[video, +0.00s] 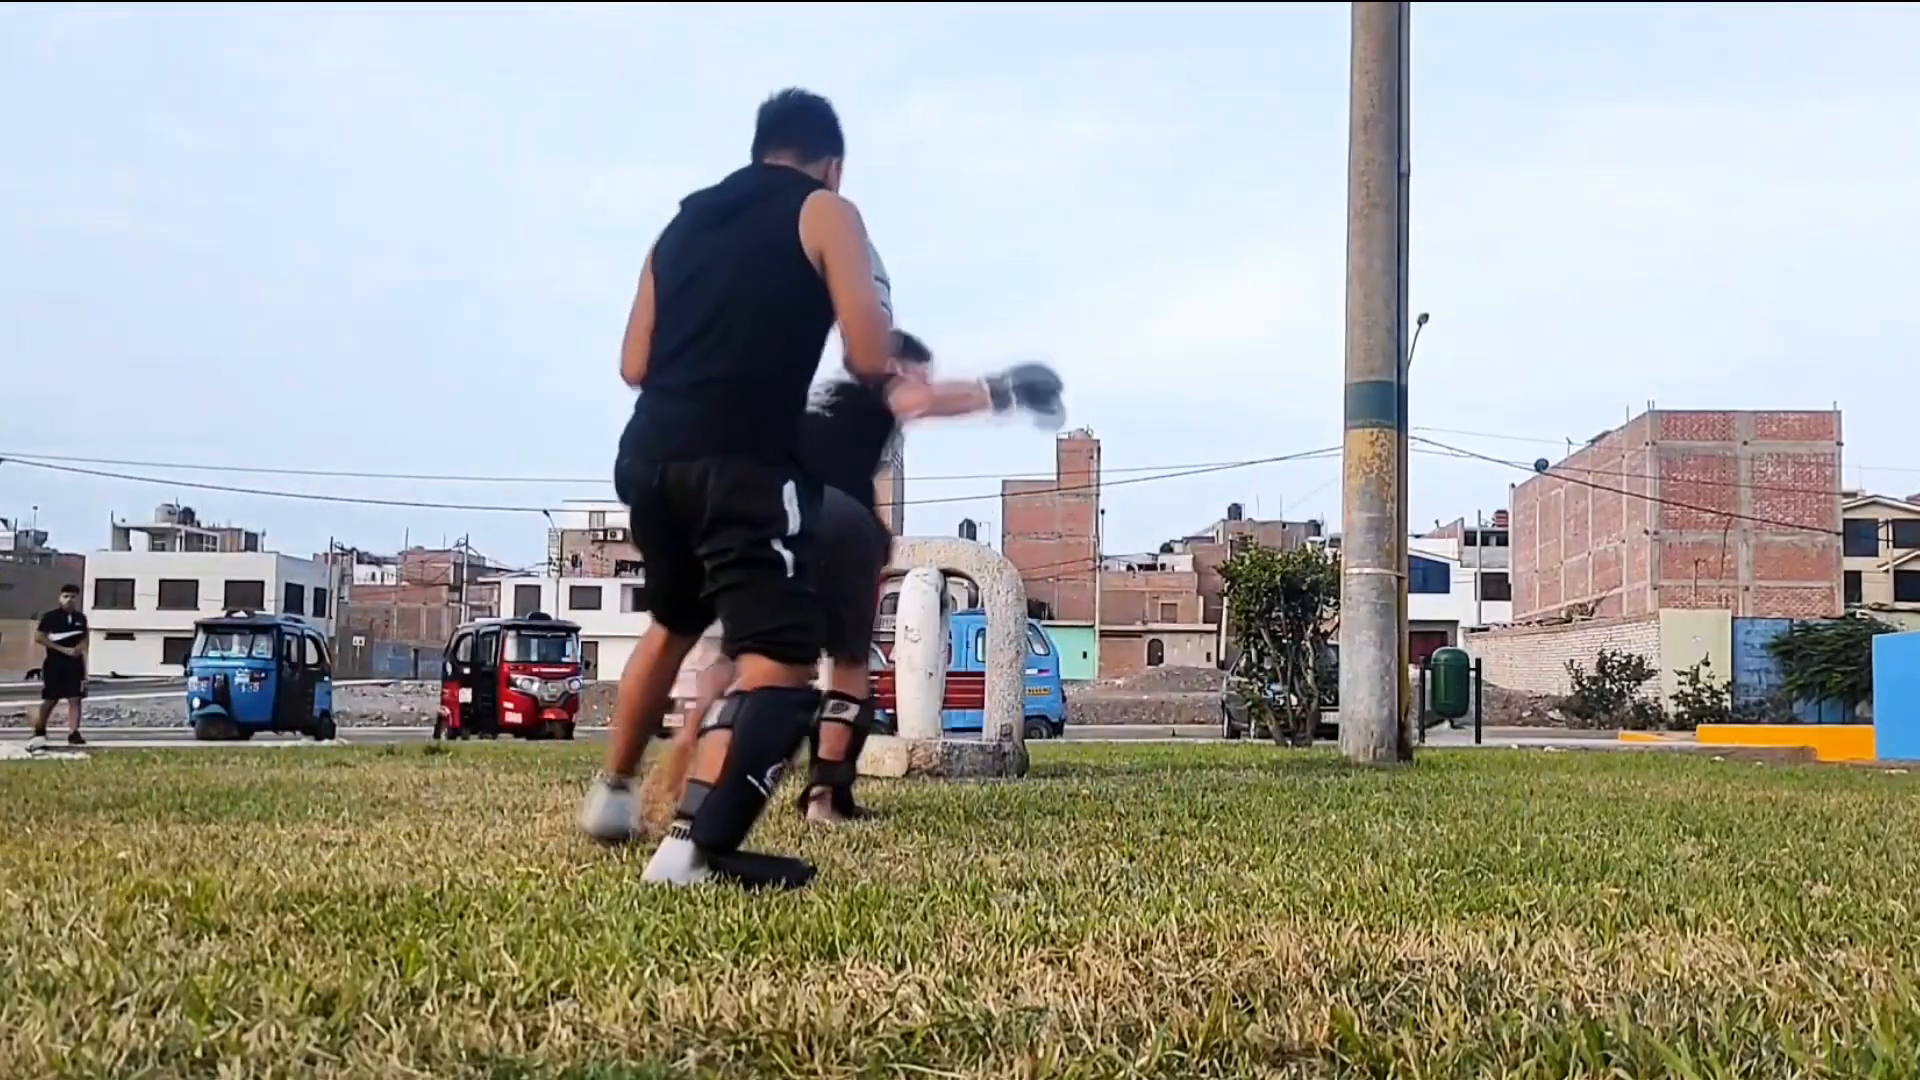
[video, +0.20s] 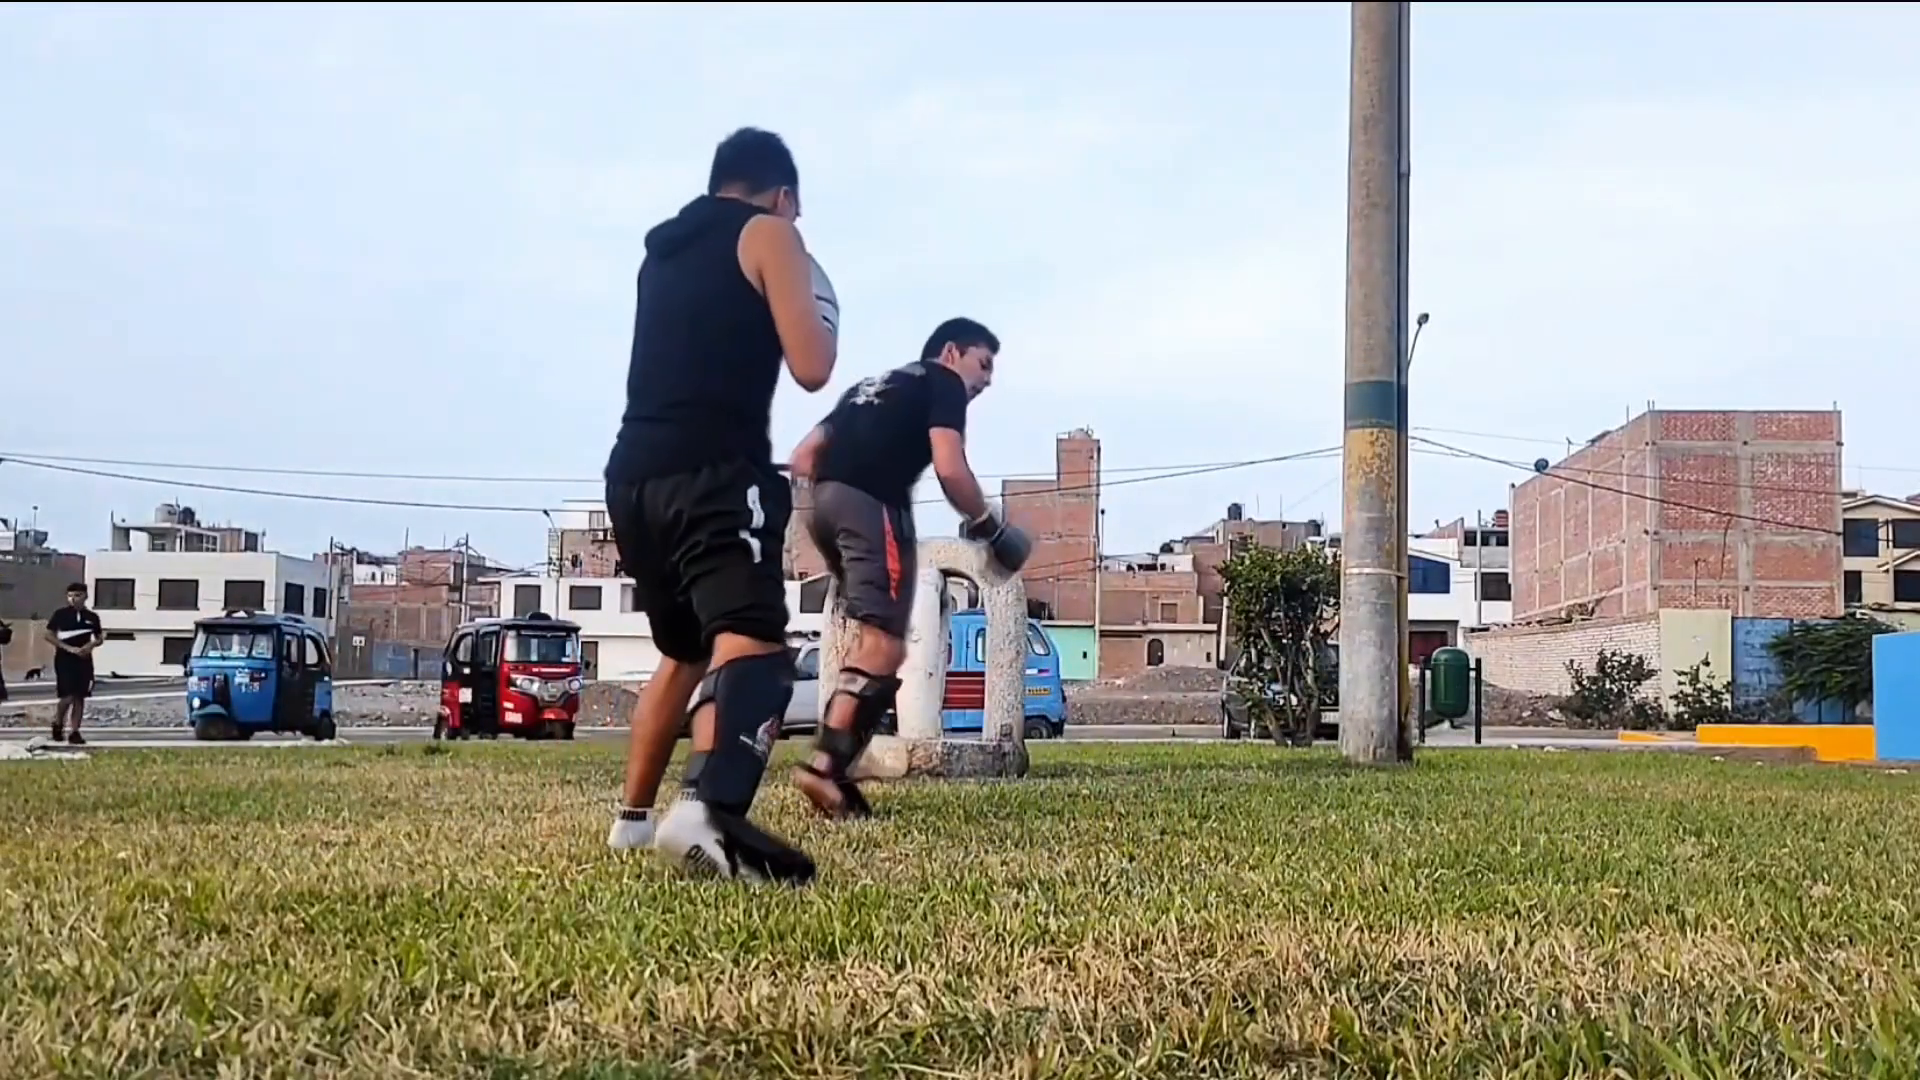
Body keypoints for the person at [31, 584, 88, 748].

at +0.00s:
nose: (68, 600)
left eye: (72, 597)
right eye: (65, 596)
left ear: (76, 599)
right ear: (60, 598)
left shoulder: (81, 619)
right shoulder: (50, 616)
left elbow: (85, 639)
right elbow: (39, 637)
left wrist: (79, 648)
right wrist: (64, 649)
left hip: (74, 664)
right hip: (54, 665)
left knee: (75, 699)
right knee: (50, 699)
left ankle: (74, 732)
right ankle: (40, 729)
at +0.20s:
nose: (74, 599)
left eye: (78, 596)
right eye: (71, 596)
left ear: (85, 597)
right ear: (67, 597)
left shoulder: (92, 617)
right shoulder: (60, 614)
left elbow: (99, 639)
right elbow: (49, 635)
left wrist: (88, 647)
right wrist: (69, 648)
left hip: (83, 659)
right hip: (65, 659)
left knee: (79, 697)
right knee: (67, 696)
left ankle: (75, 730)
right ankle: (58, 723)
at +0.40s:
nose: (73, 601)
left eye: (77, 597)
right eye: (72, 598)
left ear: (88, 598)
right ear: (70, 599)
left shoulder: (100, 617)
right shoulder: (66, 615)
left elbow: (109, 638)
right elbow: (55, 636)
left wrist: (97, 645)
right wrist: (74, 650)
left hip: (90, 659)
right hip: (72, 659)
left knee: (85, 697)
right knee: (77, 696)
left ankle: (82, 730)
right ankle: (76, 731)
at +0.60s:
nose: (75, 601)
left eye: (78, 597)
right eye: (74, 598)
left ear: (90, 597)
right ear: (74, 599)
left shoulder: (105, 615)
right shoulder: (71, 616)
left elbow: (116, 636)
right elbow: (63, 638)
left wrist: (104, 645)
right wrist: (81, 650)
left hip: (99, 658)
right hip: (80, 658)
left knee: (93, 695)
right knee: (86, 695)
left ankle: (79, 725)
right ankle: (89, 730)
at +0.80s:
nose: (80, 600)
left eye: (82, 596)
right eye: (78, 597)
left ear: (93, 594)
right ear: (79, 598)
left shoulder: (111, 613)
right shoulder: (77, 614)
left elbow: (122, 634)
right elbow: (69, 636)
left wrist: (111, 642)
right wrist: (90, 647)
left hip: (105, 658)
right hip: (85, 659)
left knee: (113, 695)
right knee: (88, 697)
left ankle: (97, 722)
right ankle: (91, 732)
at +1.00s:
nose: (87, 600)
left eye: (90, 596)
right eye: (86, 596)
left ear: (101, 596)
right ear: (87, 597)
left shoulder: (118, 614)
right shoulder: (83, 615)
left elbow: (127, 635)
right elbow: (75, 636)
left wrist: (117, 647)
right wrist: (93, 649)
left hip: (111, 660)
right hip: (90, 661)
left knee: (118, 695)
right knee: (90, 698)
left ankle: (120, 731)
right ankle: (91, 732)